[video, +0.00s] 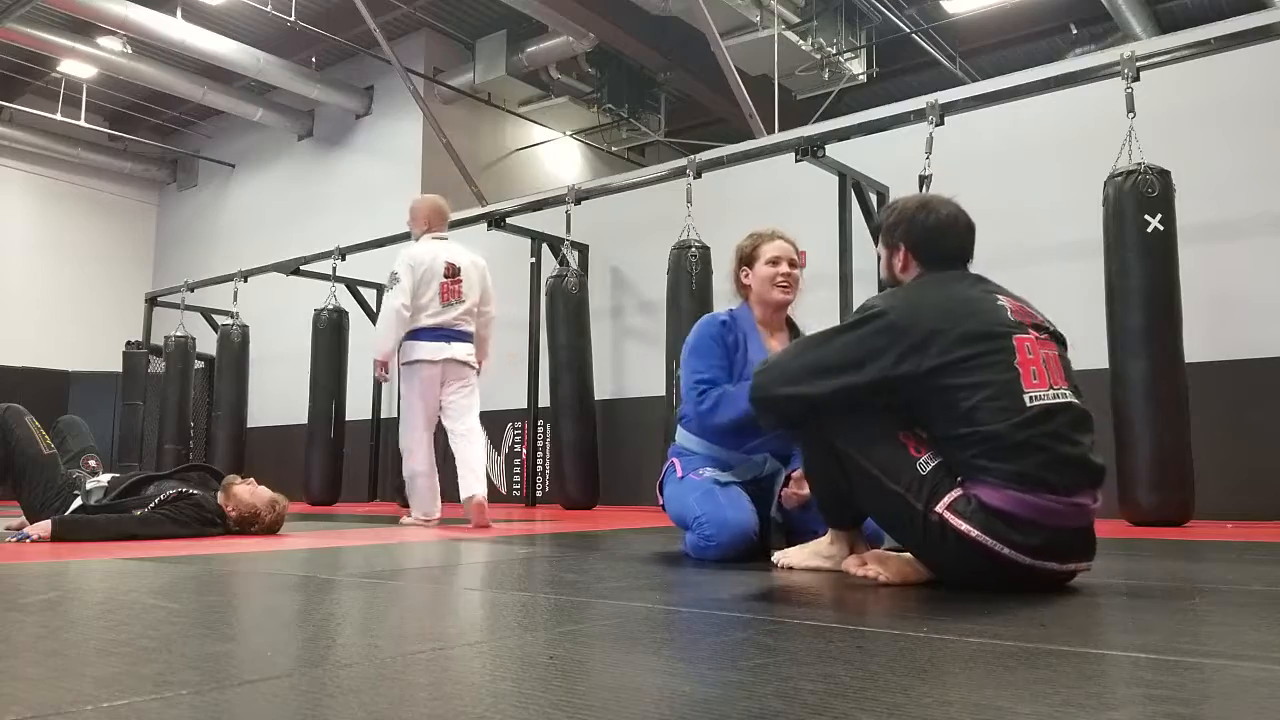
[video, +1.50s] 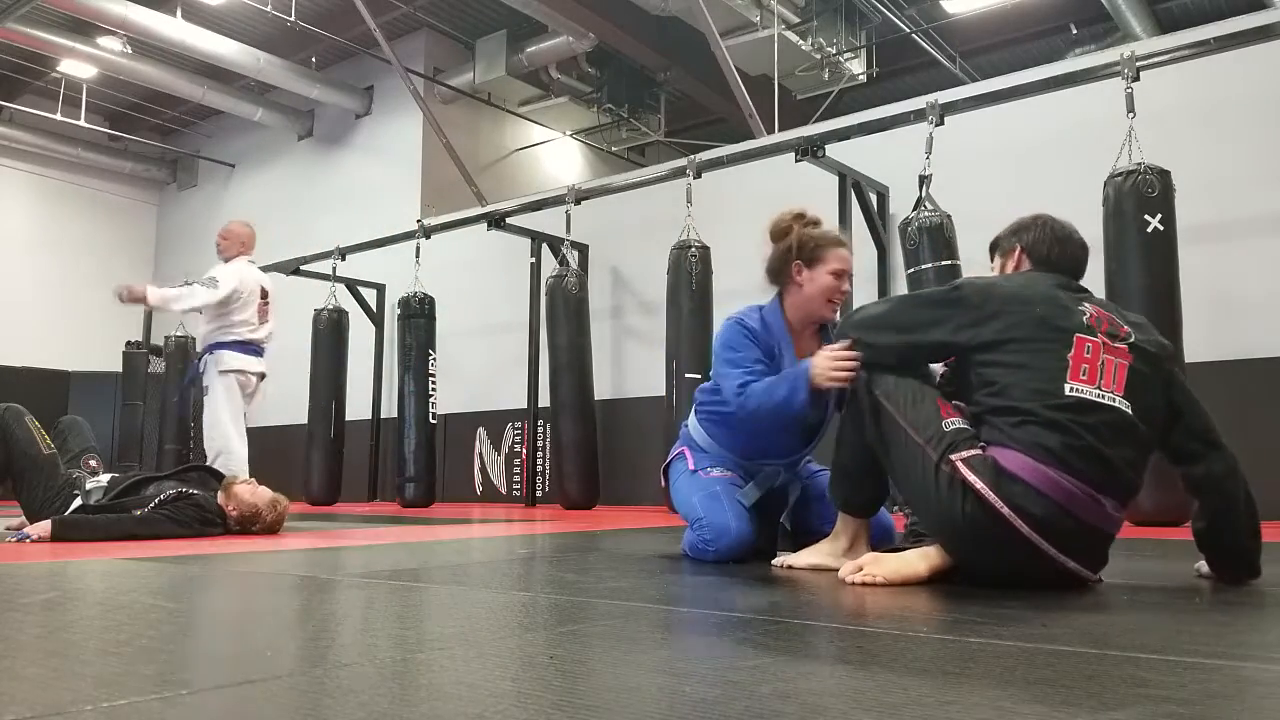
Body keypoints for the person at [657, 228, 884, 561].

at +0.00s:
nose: (786, 271)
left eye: (793, 265)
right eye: (774, 263)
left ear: (801, 278)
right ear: (746, 276)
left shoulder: (806, 348)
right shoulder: (714, 330)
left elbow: (814, 418)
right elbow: (703, 409)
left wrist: (802, 469)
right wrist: (783, 389)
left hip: (778, 473)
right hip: (704, 468)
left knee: (866, 534)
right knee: (734, 534)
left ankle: (781, 527)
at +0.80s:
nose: (754, 275)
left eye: (756, 265)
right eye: (739, 267)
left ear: (763, 266)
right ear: (709, 279)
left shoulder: (784, 338)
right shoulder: (686, 342)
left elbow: (813, 400)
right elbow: (695, 431)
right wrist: (785, 432)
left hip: (778, 472)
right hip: (702, 474)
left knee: (869, 526)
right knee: (733, 532)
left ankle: (768, 525)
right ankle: (697, 541)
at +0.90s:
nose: (762, 276)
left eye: (764, 266)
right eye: (747, 270)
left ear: (770, 269)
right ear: (717, 281)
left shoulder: (792, 341)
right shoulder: (690, 344)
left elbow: (824, 407)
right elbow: (677, 435)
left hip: (773, 474)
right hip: (701, 475)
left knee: (875, 526)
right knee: (732, 533)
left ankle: (774, 530)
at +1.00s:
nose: (775, 276)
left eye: (778, 266)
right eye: (760, 268)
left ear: (784, 269)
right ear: (730, 279)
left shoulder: (799, 340)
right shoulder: (695, 341)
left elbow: (833, 401)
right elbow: (664, 418)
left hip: (778, 475)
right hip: (704, 477)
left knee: (876, 527)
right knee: (733, 534)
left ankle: (776, 529)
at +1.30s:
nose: (827, 284)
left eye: (830, 276)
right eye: (814, 273)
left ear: (833, 281)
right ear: (779, 280)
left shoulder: (828, 349)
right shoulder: (731, 334)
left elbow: (852, 414)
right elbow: (681, 417)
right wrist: (713, 405)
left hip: (779, 475)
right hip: (705, 469)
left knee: (876, 529)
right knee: (731, 538)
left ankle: (777, 524)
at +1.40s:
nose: (839, 287)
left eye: (843, 277)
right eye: (828, 274)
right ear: (792, 276)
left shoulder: (837, 347)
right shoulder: (739, 332)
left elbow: (855, 412)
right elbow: (708, 411)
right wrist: (752, 391)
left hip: (785, 469)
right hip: (708, 464)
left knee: (877, 530)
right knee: (729, 539)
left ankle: (783, 526)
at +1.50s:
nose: (846, 289)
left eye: (848, 279)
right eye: (837, 276)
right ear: (799, 273)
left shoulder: (835, 342)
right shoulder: (741, 331)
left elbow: (860, 412)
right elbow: (744, 404)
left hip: (788, 466)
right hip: (710, 461)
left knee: (881, 532)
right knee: (730, 539)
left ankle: (783, 519)